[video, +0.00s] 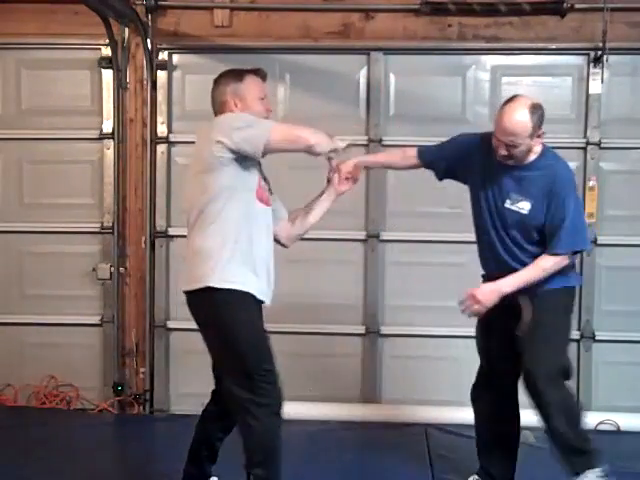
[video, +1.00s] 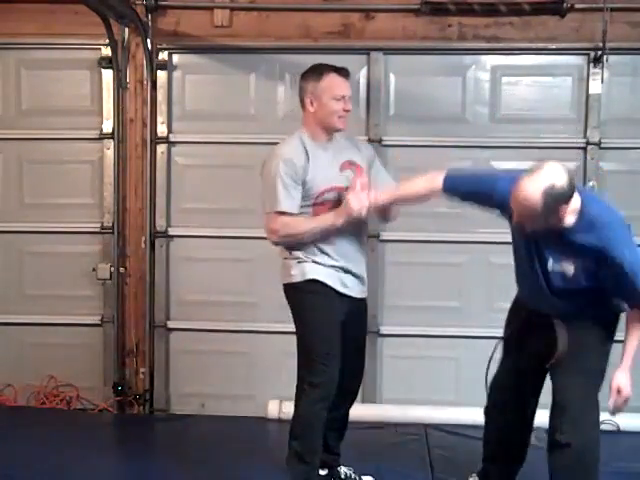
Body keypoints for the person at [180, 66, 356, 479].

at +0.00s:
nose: (269, 108)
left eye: (268, 101)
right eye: (261, 99)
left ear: (233, 102)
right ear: (233, 101)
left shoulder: (248, 170)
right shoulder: (225, 127)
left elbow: (287, 232)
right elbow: (310, 139)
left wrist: (331, 191)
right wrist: (328, 146)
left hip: (235, 288)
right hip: (221, 284)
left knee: (231, 395)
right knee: (262, 397)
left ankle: (196, 474)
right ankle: (264, 476)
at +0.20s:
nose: (284, 103)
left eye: (283, 96)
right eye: (278, 95)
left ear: (245, 103)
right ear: (249, 98)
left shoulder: (237, 142)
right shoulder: (253, 125)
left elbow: (283, 225)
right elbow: (340, 137)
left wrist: (331, 193)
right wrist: (352, 146)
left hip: (230, 285)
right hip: (247, 285)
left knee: (234, 388)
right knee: (289, 396)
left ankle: (198, 473)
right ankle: (278, 476)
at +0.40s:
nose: (306, 100)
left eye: (304, 91)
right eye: (299, 91)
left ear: (267, 99)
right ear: (270, 96)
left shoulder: (258, 137)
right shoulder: (275, 127)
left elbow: (302, 221)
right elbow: (360, 151)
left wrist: (346, 176)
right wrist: (374, 154)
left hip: (251, 283)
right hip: (267, 284)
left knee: (278, 382)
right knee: (303, 393)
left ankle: (231, 443)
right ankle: (284, 475)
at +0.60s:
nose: (330, 103)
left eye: (328, 94)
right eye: (322, 95)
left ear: (295, 102)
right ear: (293, 101)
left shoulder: (293, 142)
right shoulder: (288, 145)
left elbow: (317, 197)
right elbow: (323, 216)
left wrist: (355, 177)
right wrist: (369, 185)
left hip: (293, 284)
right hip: (290, 287)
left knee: (312, 387)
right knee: (321, 391)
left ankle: (320, 466)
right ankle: (299, 472)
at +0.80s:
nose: (340, 107)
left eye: (340, 99)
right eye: (332, 100)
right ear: (302, 105)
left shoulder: (332, 152)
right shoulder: (285, 156)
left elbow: (372, 210)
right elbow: (296, 231)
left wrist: (373, 180)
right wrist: (351, 196)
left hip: (340, 283)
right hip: (306, 283)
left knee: (349, 379)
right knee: (324, 382)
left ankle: (327, 465)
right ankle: (301, 472)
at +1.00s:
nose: (347, 107)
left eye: (349, 100)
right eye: (338, 100)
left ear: (348, 103)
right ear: (309, 102)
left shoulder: (360, 150)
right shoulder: (289, 154)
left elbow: (387, 211)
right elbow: (278, 230)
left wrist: (373, 199)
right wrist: (341, 216)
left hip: (351, 279)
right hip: (310, 276)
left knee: (348, 377)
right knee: (320, 376)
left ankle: (328, 463)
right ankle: (303, 469)